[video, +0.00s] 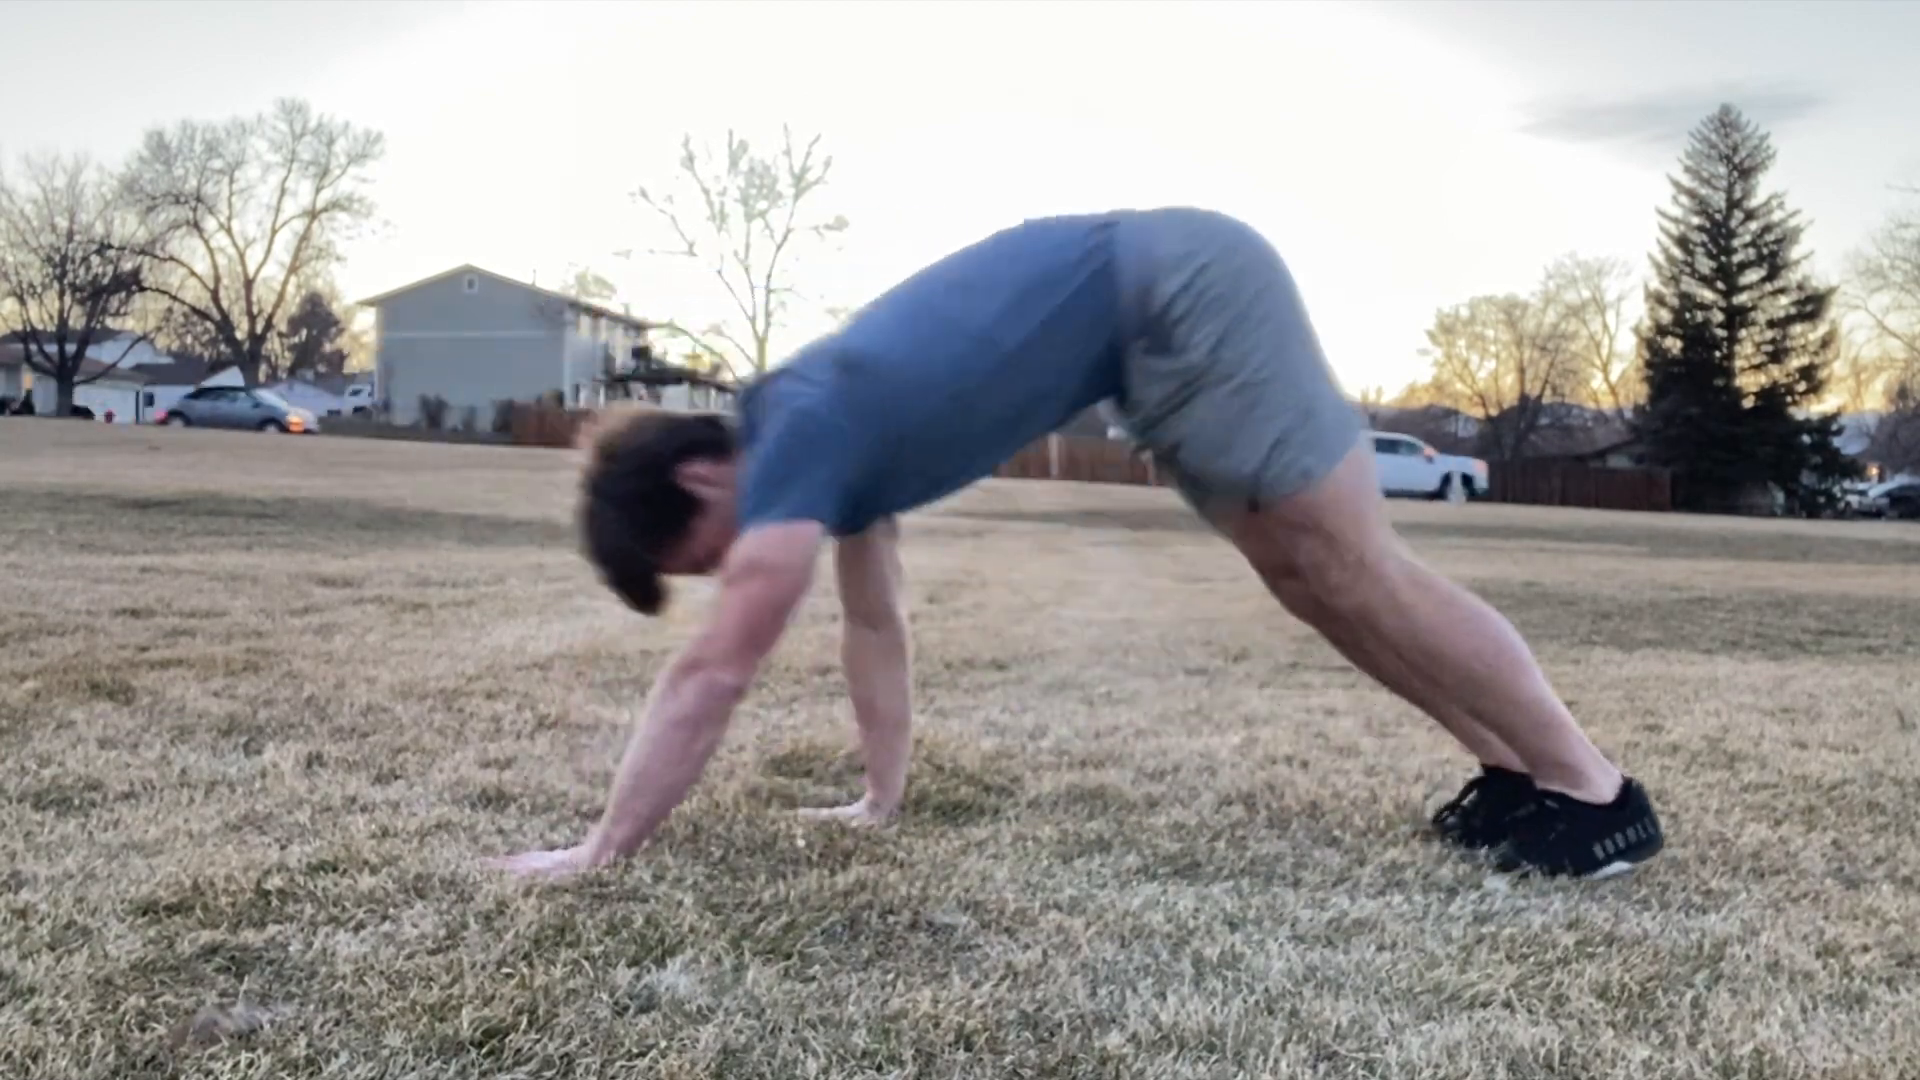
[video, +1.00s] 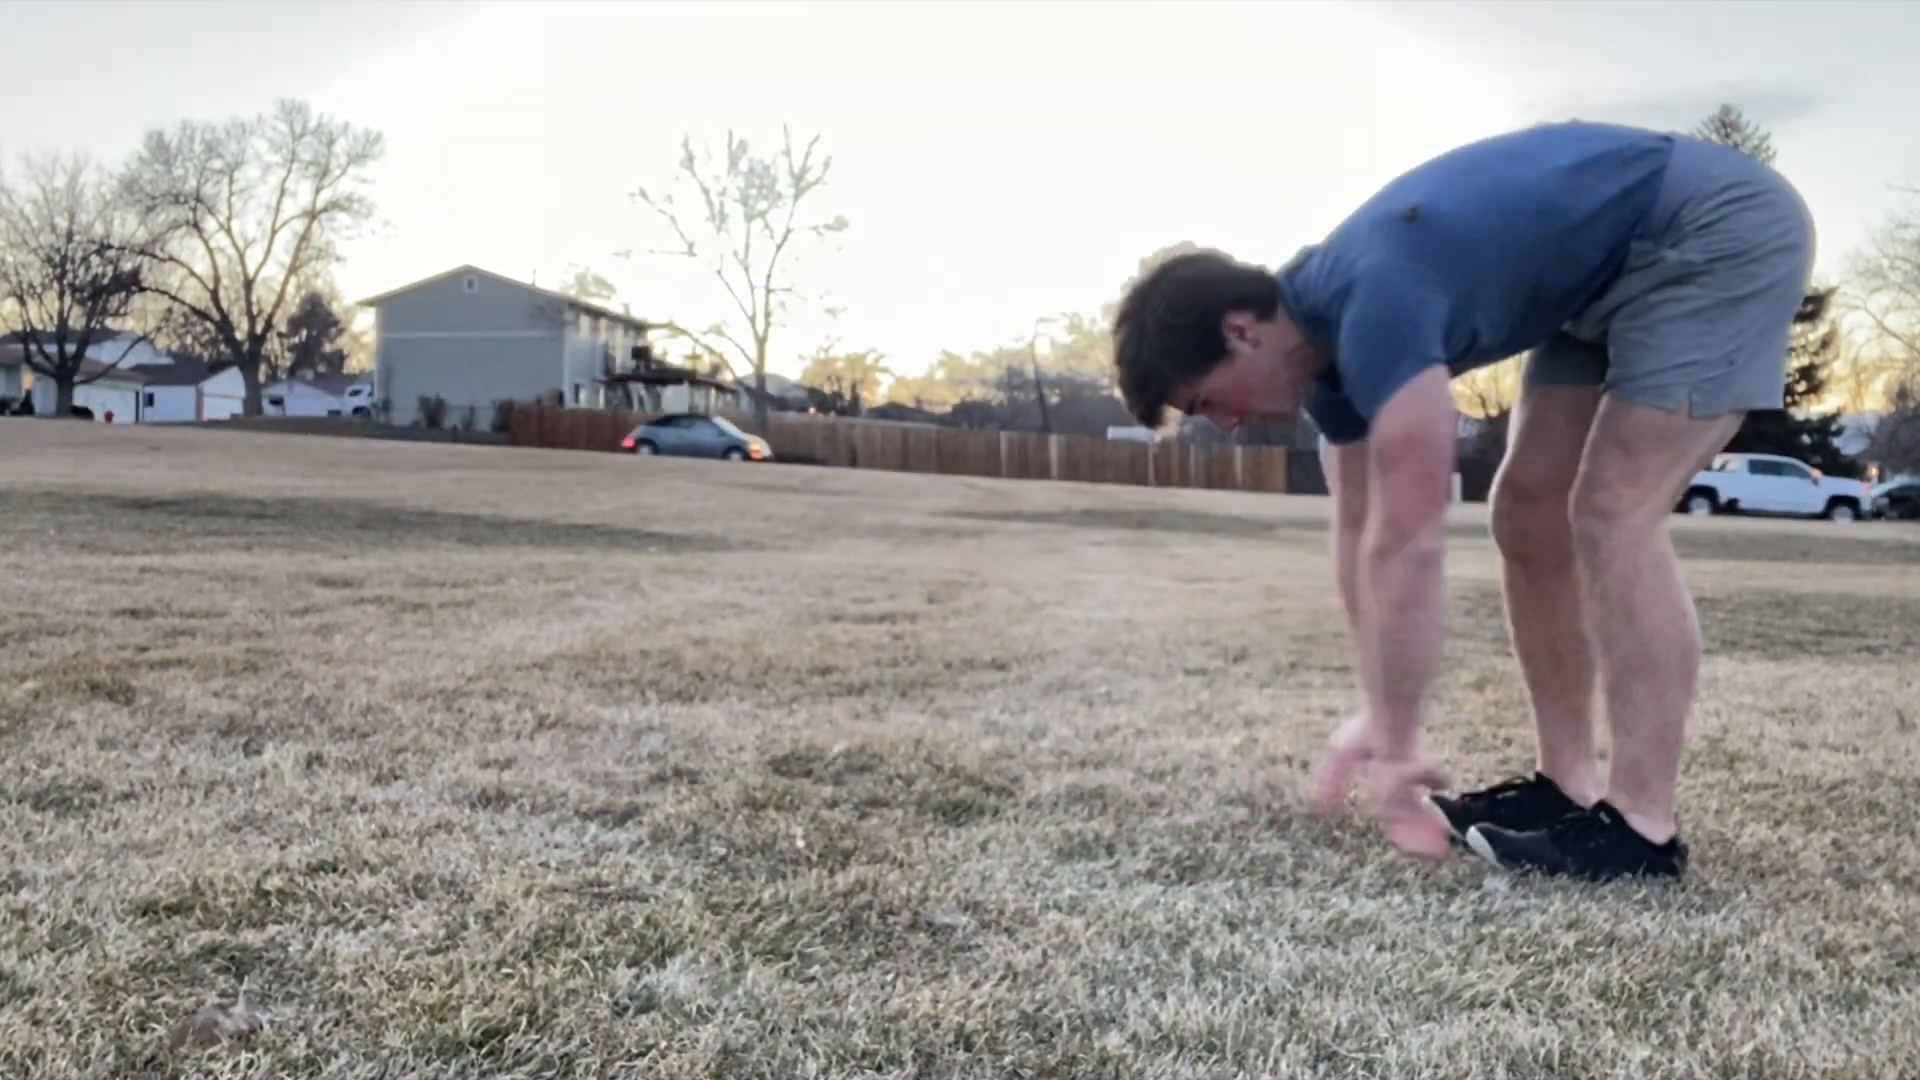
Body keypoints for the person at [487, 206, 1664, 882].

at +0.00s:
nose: (723, 570)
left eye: (703, 554)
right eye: (705, 563)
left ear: (699, 485)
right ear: (707, 479)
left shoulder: (795, 426)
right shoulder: (824, 435)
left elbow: (717, 668)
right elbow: (874, 629)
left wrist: (604, 847)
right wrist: (885, 798)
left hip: (1184, 285)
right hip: (1149, 328)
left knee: (1355, 575)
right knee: (1313, 584)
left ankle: (1598, 796)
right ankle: (1525, 775)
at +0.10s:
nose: (864, 583)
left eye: (843, 569)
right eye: (842, 581)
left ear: (833, 502)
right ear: (821, 497)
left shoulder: (927, 431)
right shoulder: (897, 442)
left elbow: (856, 661)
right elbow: (907, 624)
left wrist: (710, 809)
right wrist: (891, 796)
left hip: (1282, 251)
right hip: (1229, 294)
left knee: (1387, 559)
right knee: (1325, 574)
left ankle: (1604, 798)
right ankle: (1528, 775)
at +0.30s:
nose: (1078, 577)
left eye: (1056, 560)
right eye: (1053, 579)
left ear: (1048, 492)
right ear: (1042, 481)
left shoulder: (1159, 418)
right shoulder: (1080, 429)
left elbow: (1206, 661)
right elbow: (1015, 631)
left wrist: (1200, 869)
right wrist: (920, 785)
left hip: (1476, 209)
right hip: (1395, 254)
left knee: (1475, 526)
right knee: (1402, 544)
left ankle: (1621, 816)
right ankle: (1547, 790)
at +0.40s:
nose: (1152, 561)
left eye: (1134, 547)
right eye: (1130, 561)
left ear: (1133, 475)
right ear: (1132, 463)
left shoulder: (1242, 395)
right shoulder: (1155, 394)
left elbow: (1242, 650)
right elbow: (1147, 585)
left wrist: (1201, 864)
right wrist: (1114, 743)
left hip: (1560, 211)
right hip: (1464, 247)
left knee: (1521, 521)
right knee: (1438, 533)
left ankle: (1626, 821)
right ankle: (1551, 792)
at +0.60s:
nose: (1240, 505)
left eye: (1221, 486)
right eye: (1218, 501)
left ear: (1230, 411)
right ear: (1230, 400)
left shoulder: (1366, 340)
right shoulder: (1273, 367)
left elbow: (1424, 584)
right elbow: (1288, 583)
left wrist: (1348, 764)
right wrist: (1276, 767)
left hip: (1670, 216)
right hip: (1558, 258)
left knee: (1599, 512)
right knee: (1504, 521)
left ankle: (1642, 826)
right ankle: (1563, 791)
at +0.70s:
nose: (1254, 486)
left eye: (1232, 465)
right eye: (1230, 480)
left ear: (1245, 386)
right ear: (1245, 376)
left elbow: (1505, 560)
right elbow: (1293, 562)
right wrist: (1265, 753)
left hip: (1697, 221)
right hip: (1583, 263)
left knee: (1610, 515)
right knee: (1537, 527)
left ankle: (1645, 826)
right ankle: (1570, 794)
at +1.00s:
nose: (1226, 431)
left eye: (1208, 406)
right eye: (1202, 421)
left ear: (1244, 331)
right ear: (1244, 327)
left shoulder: (1380, 298)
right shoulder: (1329, 343)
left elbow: (1409, 544)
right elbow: (1359, 539)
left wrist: (1398, 751)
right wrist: (1376, 717)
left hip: (1717, 224)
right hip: (1608, 262)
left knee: (1615, 511)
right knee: (1530, 513)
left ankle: (1644, 825)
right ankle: (1570, 790)